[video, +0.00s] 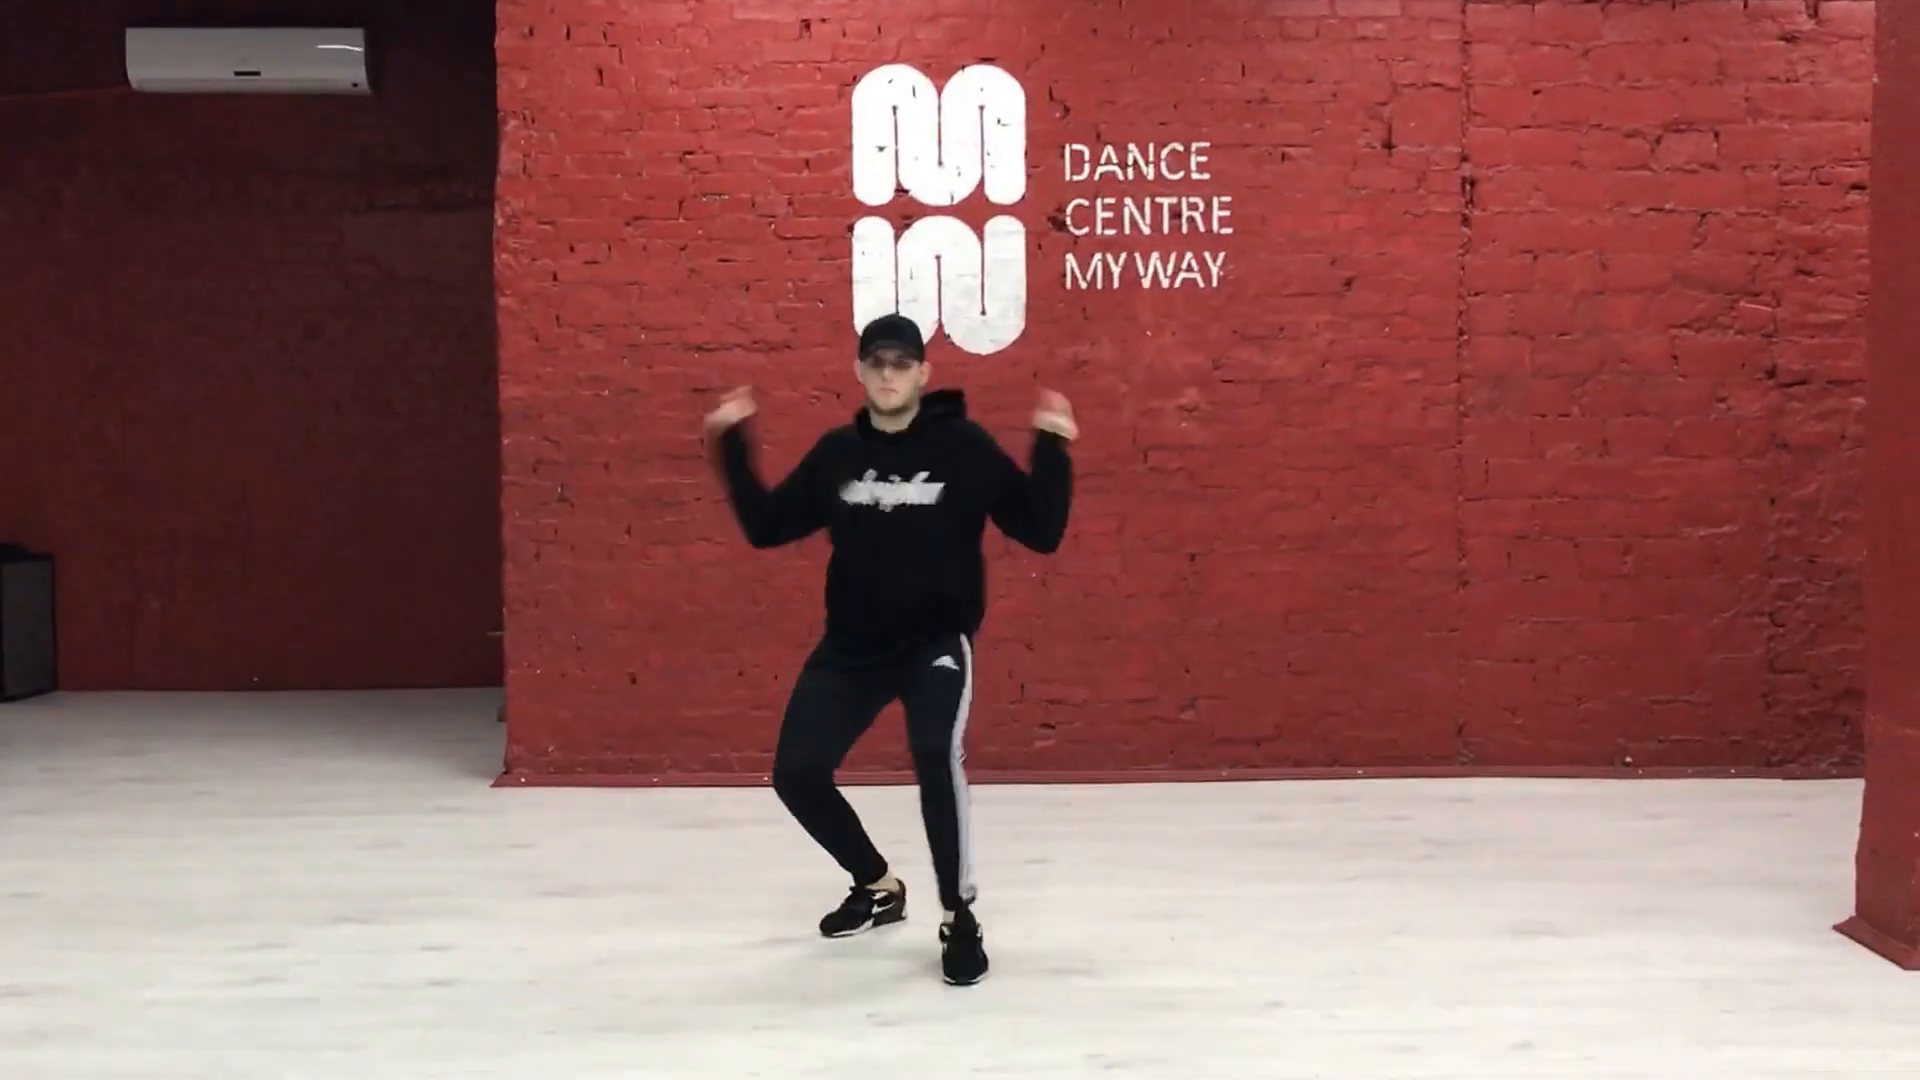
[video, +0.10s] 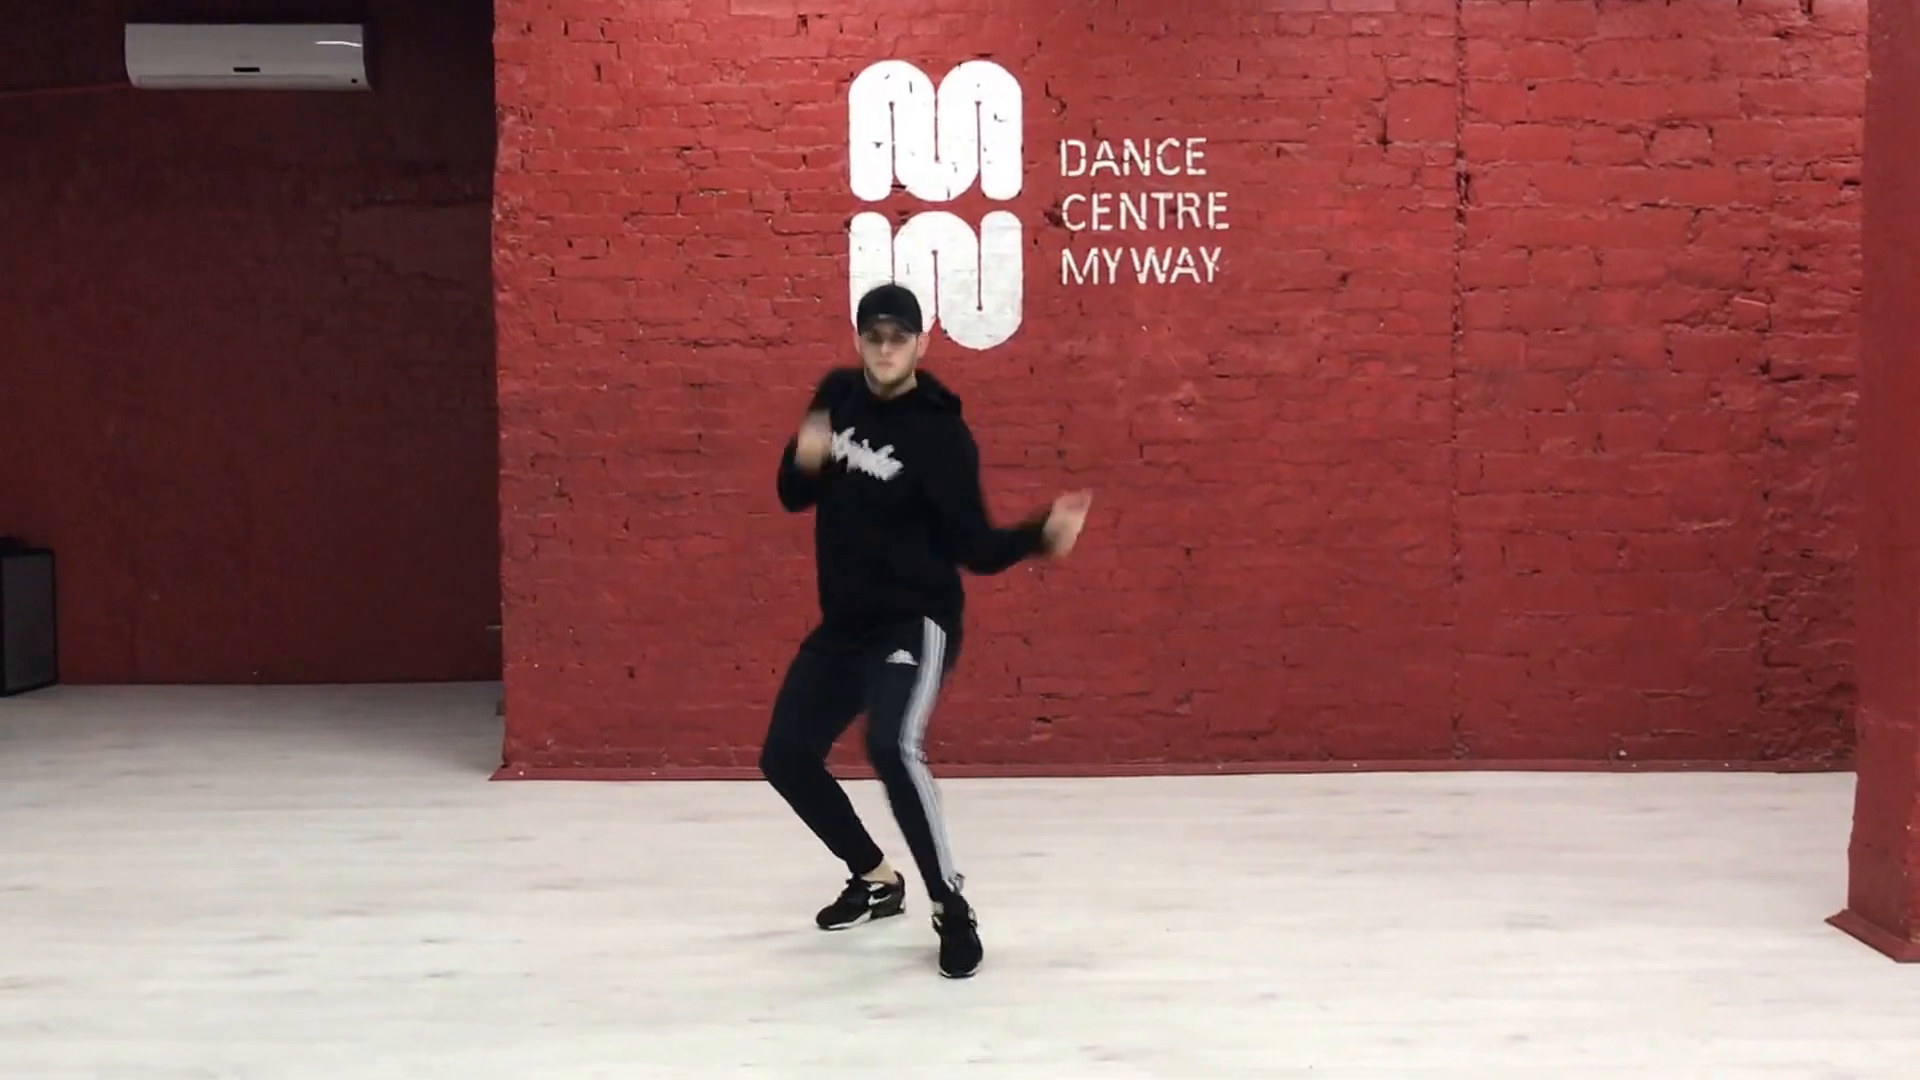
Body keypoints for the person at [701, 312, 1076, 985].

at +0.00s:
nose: (888, 375)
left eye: (902, 363)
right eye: (876, 363)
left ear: (923, 372)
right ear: (860, 372)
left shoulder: (963, 447)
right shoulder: (839, 452)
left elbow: (1041, 531)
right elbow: (766, 525)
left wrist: (1054, 448)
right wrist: (730, 444)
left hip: (938, 642)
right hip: (853, 646)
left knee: (937, 762)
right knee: (798, 775)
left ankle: (960, 917)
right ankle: (878, 885)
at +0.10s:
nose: (885, 348)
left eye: (898, 336)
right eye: (874, 336)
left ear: (920, 342)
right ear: (857, 340)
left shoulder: (940, 427)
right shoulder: (838, 396)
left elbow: (969, 545)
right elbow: (793, 496)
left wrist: (1037, 535)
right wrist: (805, 461)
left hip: (919, 618)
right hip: (847, 619)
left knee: (892, 747)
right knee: (786, 758)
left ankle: (952, 910)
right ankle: (873, 876)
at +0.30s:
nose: (847, 341)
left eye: (862, 329)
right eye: (838, 329)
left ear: (895, 333)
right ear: (828, 336)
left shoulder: (926, 400)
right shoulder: (828, 416)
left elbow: (950, 497)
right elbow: (777, 490)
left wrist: (855, 480)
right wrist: (742, 546)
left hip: (903, 609)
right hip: (828, 603)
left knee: (816, 728)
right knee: (759, 728)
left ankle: (809, 912)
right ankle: (848, 871)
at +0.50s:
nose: (836, 323)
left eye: (850, 313)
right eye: (837, 312)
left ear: (888, 320)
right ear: (862, 319)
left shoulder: (892, 395)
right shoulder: (863, 389)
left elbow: (890, 520)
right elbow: (848, 504)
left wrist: (791, 503)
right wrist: (774, 485)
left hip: (924, 590)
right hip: (878, 583)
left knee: (824, 697)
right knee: (790, 696)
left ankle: (870, 874)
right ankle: (846, 857)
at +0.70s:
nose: (917, 358)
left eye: (930, 345)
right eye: (912, 344)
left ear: (970, 343)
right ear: (911, 344)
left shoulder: (975, 434)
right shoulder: (926, 401)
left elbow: (892, 531)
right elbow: (864, 464)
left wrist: (817, 478)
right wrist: (789, 459)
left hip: (915, 605)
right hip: (882, 596)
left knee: (840, 753)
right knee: (799, 684)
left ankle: (982, 883)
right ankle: (844, 857)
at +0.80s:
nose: (927, 335)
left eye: (942, 322)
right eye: (922, 322)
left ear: (980, 325)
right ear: (917, 324)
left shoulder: (990, 414)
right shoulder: (926, 379)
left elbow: (919, 503)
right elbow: (878, 455)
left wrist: (848, 452)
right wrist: (804, 435)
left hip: (954, 599)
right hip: (912, 591)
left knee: (874, 747)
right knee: (826, 675)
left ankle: (996, 890)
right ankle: (853, 851)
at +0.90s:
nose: (942, 309)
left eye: (958, 298)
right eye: (935, 296)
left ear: (989, 306)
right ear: (923, 300)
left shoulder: (1000, 369)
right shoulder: (920, 362)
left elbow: (978, 453)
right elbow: (898, 423)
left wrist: (885, 438)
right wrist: (848, 422)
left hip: (1007, 579)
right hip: (948, 576)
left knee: (913, 711)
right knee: (859, 688)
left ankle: (994, 881)